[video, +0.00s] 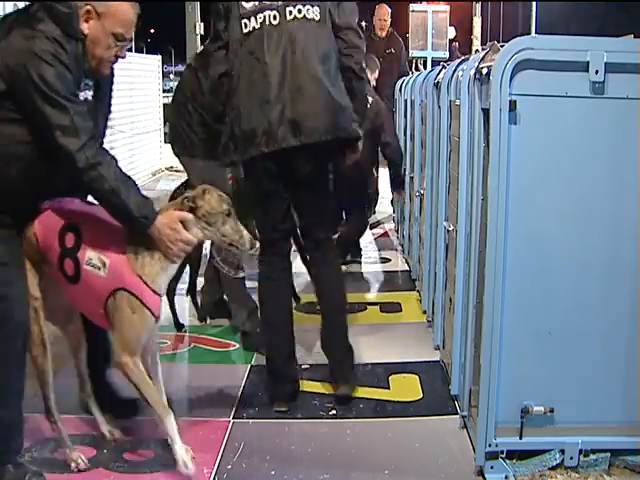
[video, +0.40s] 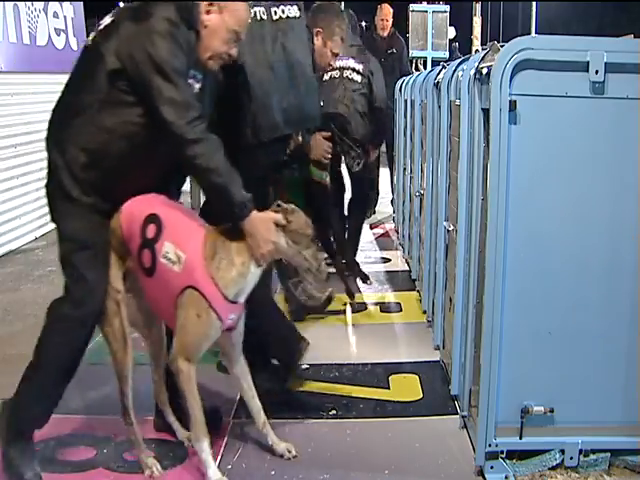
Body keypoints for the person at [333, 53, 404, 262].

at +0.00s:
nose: (377, 79)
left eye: (376, 75)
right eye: (376, 75)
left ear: (360, 72)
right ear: (371, 75)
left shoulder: (336, 97)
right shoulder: (375, 104)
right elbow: (389, 144)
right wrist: (397, 181)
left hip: (335, 164)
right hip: (360, 167)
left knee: (344, 211)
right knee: (360, 212)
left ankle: (353, 252)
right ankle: (338, 249)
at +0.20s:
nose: (368, 47)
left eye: (366, 43)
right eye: (367, 44)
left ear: (342, 49)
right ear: (363, 48)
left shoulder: (329, 75)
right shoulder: (371, 80)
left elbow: (317, 109)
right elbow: (382, 119)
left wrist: (319, 141)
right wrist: (381, 155)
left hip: (330, 140)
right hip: (357, 141)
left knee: (340, 188)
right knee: (364, 197)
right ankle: (353, 257)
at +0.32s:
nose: (355, 39)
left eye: (346, 35)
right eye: (360, 34)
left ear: (341, 36)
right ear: (362, 36)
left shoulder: (328, 66)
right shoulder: (370, 67)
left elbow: (318, 105)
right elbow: (380, 108)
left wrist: (324, 135)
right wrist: (382, 139)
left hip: (331, 141)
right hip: (361, 141)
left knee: (336, 197)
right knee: (361, 197)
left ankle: (347, 253)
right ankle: (349, 256)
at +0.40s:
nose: (312, 51)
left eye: (313, 44)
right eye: (312, 45)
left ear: (323, 37)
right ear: (342, 35)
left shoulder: (310, 67)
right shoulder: (366, 62)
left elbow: (301, 104)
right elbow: (380, 105)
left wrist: (308, 135)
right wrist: (376, 141)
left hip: (322, 132)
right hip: (355, 132)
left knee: (331, 199)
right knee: (363, 195)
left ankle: (342, 259)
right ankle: (349, 257)